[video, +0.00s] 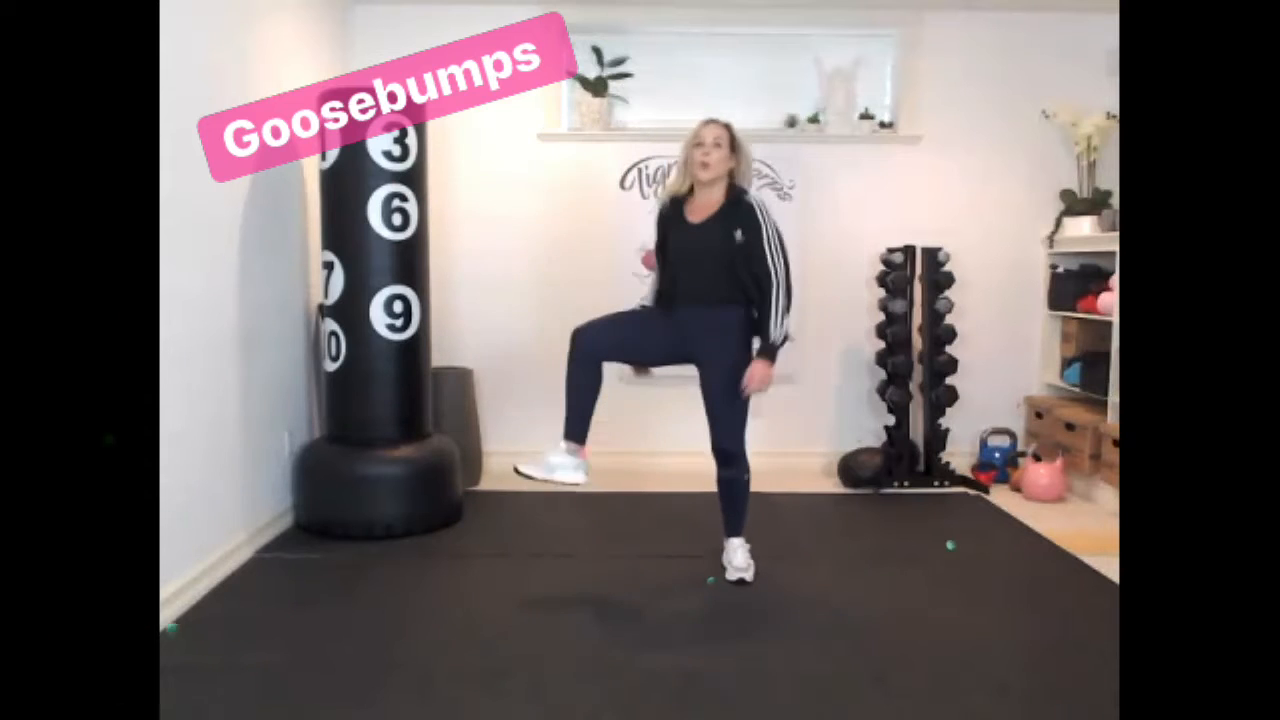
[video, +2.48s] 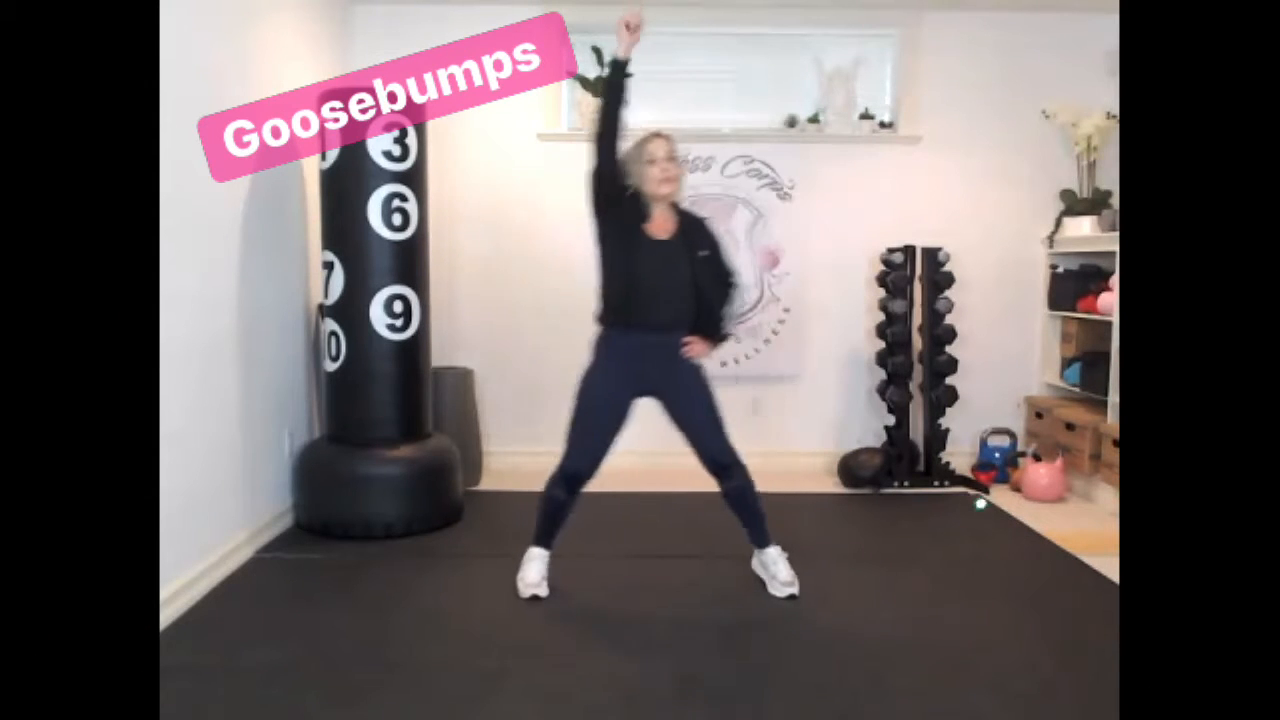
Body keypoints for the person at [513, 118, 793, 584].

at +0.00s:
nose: (707, 153)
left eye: (717, 147)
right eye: (699, 146)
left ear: (733, 159)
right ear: (688, 156)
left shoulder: (748, 211)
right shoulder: (671, 211)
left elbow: (776, 282)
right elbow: (666, 281)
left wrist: (768, 354)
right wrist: (643, 345)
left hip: (725, 334)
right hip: (673, 326)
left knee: (728, 449)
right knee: (587, 340)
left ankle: (735, 542)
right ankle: (571, 454)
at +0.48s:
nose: (670, 159)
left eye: (680, 152)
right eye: (663, 152)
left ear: (695, 163)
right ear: (650, 161)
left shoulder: (711, 223)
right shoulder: (626, 217)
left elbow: (730, 297)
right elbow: (616, 286)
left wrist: (736, 366)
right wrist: (609, 348)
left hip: (691, 346)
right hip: (633, 343)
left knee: (712, 451)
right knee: (591, 443)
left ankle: (733, 541)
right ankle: (565, 534)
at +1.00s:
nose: (611, 153)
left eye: (616, 145)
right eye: (600, 146)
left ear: (627, 155)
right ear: (582, 156)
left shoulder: (642, 212)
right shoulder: (560, 213)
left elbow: (645, 284)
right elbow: (532, 271)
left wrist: (636, 352)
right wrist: (525, 320)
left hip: (636, 328)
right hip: (581, 335)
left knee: (714, 365)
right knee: (577, 451)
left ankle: (682, 456)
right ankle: (565, 538)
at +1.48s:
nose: (676, 176)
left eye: (684, 168)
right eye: (666, 169)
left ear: (697, 178)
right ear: (650, 181)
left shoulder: (716, 238)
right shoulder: (631, 235)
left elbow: (727, 312)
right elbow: (603, 297)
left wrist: (736, 382)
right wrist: (556, 296)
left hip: (696, 362)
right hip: (637, 361)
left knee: (740, 461)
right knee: (606, 461)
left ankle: (764, 553)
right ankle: (567, 540)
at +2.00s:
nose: (746, 157)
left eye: (756, 150)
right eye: (738, 150)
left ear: (771, 163)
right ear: (725, 162)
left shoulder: (791, 220)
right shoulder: (700, 224)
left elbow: (847, 279)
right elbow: (693, 295)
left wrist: (808, 331)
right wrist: (676, 300)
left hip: (763, 352)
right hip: (704, 348)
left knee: (774, 462)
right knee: (684, 450)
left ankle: (771, 554)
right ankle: (716, 507)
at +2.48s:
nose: (666, 169)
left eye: (672, 161)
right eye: (655, 162)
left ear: (681, 171)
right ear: (635, 173)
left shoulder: (695, 231)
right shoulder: (616, 217)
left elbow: (720, 287)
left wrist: (710, 334)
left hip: (674, 359)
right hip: (618, 355)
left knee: (721, 459)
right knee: (578, 464)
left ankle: (766, 551)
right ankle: (538, 554)